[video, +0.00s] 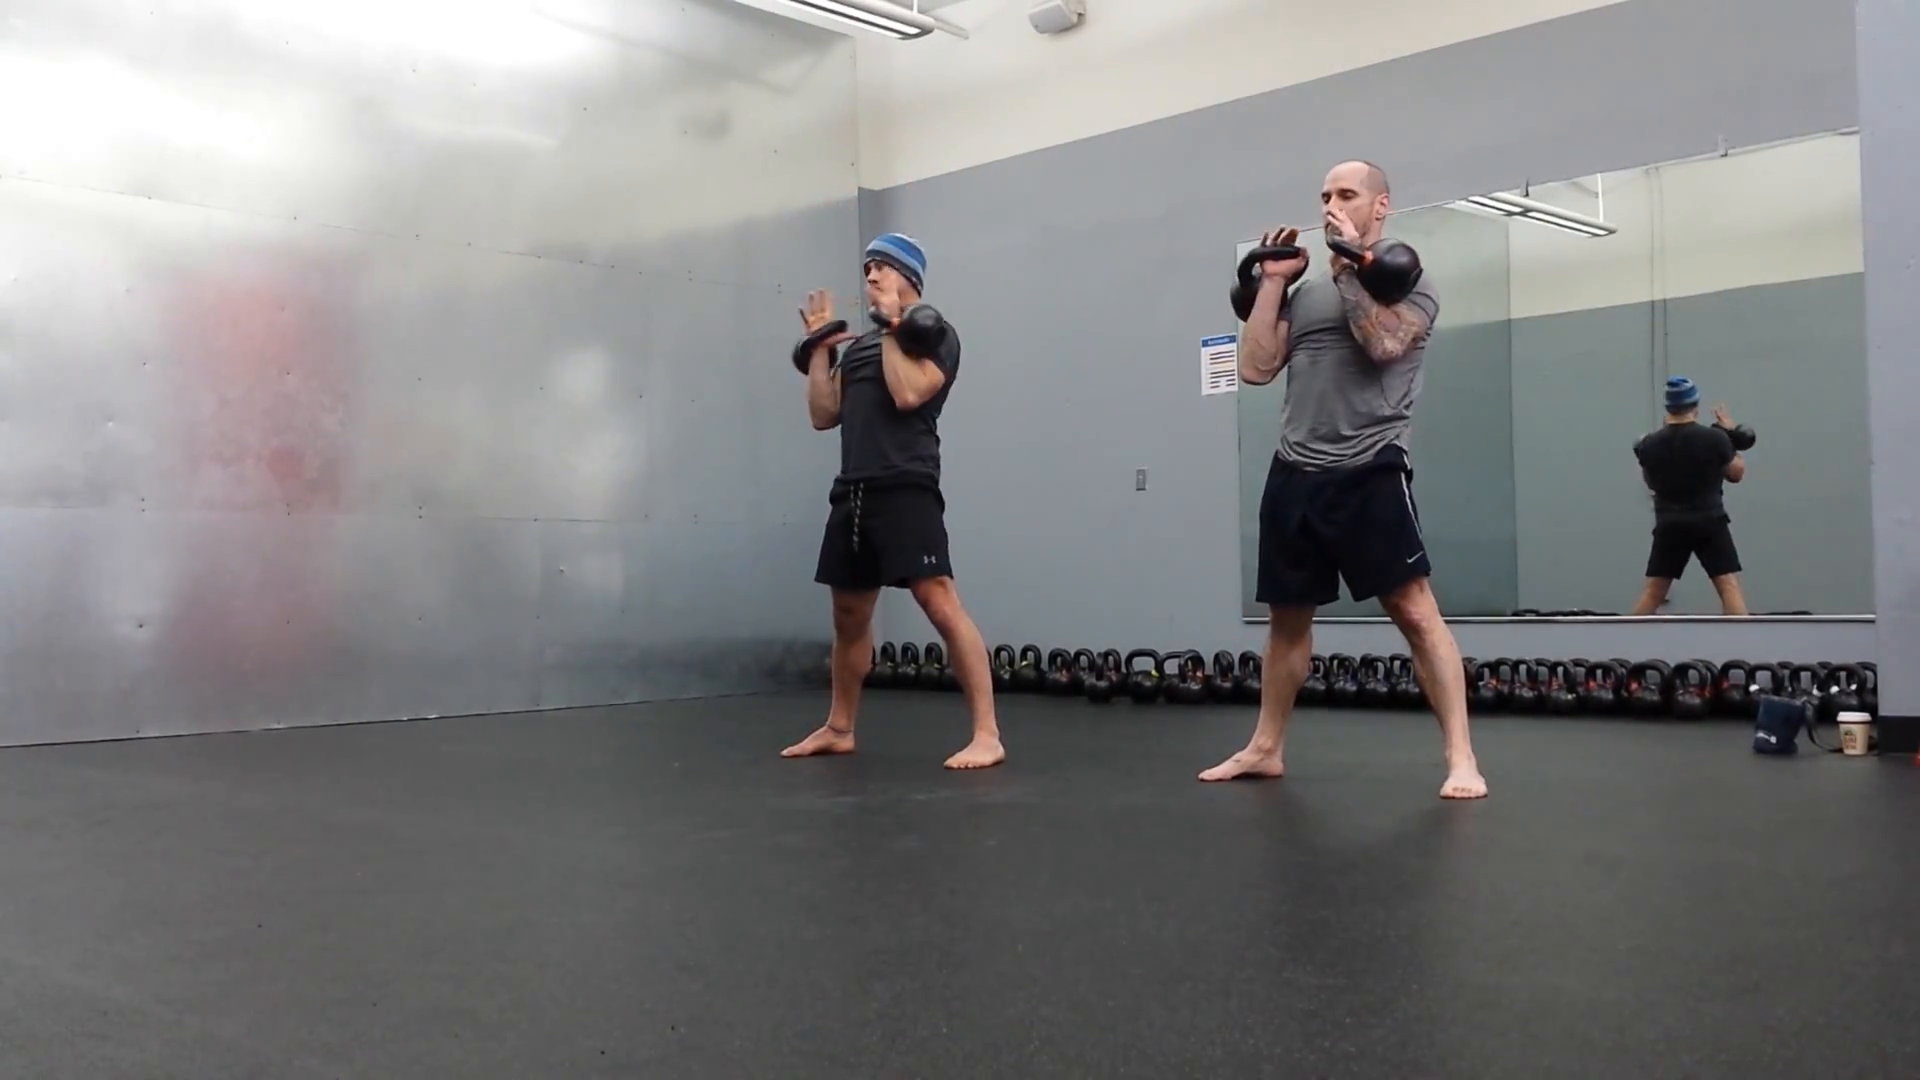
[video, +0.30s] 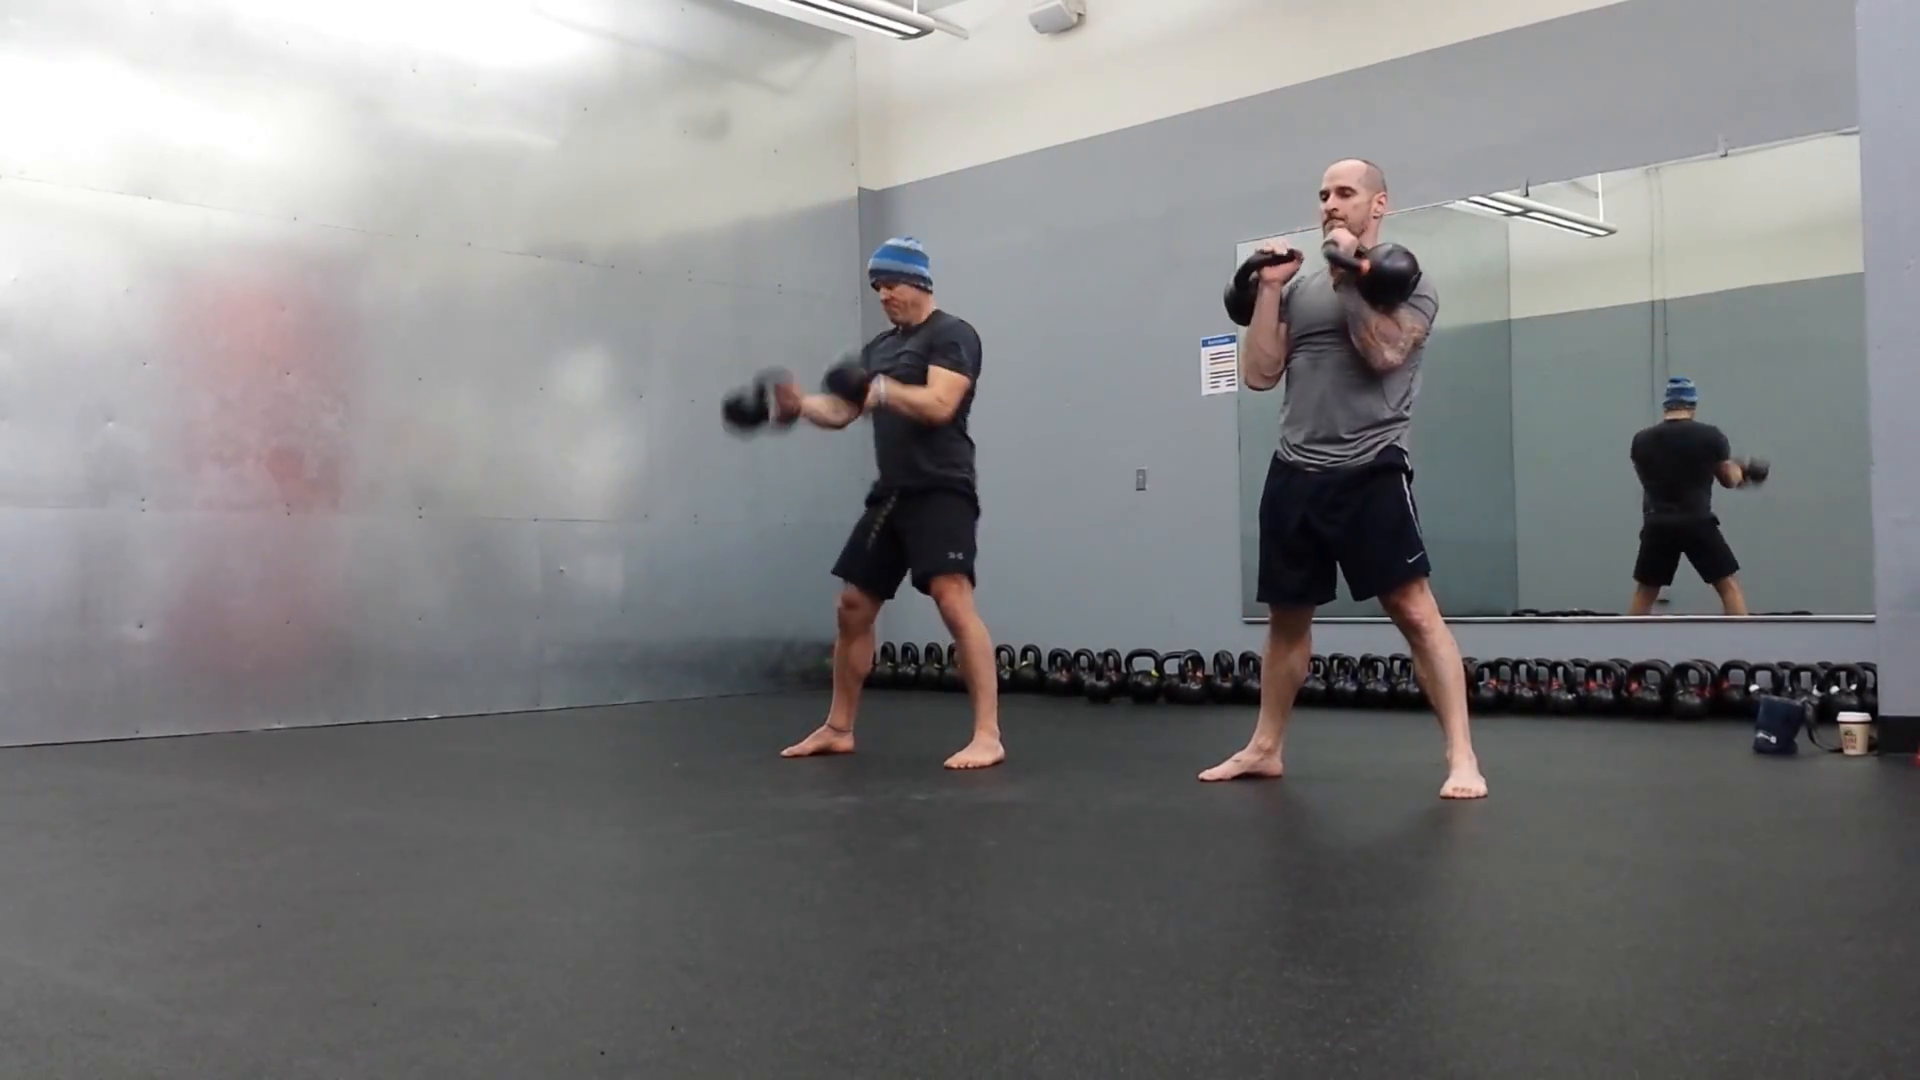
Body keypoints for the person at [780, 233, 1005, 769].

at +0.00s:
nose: (869, 275)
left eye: (879, 267)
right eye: (867, 269)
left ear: (910, 278)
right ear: (869, 282)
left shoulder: (936, 334)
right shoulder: (858, 347)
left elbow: (910, 393)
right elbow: (824, 415)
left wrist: (891, 325)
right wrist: (820, 347)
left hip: (908, 492)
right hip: (852, 494)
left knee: (942, 608)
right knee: (849, 618)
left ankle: (987, 736)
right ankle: (839, 727)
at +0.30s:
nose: (887, 297)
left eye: (896, 286)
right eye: (881, 288)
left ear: (924, 285)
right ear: (878, 290)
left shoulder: (955, 337)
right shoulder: (877, 348)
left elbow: (940, 405)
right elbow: (842, 410)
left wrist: (885, 389)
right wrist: (801, 404)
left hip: (942, 492)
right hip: (891, 494)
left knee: (953, 598)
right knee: (854, 607)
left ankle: (987, 736)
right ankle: (838, 728)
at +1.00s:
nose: (809, 331)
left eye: (822, 321)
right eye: (810, 322)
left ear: (851, 332)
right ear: (820, 335)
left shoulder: (895, 397)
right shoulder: (823, 410)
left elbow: (917, 488)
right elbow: (846, 492)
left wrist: (914, 559)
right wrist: (877, 558)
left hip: (942, 513)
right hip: (883, 519)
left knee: (953, 601)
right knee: (821, 607)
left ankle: (990, 735)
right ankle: (836, 727)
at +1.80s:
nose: (901, 291)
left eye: (910, 281)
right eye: (897, 284)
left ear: (940, 286)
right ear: (898, 293)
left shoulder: (970, 338)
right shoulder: (891, 350)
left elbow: (917, 353)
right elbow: (832, 365)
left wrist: (850, 336)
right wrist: (790, 347)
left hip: (939, 492)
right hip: (885, 494)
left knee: (956, 603)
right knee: (860, 610)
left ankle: (987, 736)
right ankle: (839, 727)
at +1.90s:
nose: (898, 299)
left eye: (907, 288)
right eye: (893, 290)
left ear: (936, 289)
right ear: (892, 295)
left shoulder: (967, 338)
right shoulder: (891, 348)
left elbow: (923, 385)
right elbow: (851, 380)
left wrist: (859, 396)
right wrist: (830, 397)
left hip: (946, 492)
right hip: (893, 494)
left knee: (956, 602)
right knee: (857, 608)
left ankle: (987, 736)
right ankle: (839, 727)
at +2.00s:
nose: (876, 309)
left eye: (885, 298)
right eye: (870, 299)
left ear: (913, 296)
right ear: (866, 303)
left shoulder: (947, 345)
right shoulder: (871, 359)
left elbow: (923, 421)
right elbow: (846, 425)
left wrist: (874, 475)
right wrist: (821, 482)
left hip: (951, 497)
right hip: (896, 500)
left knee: (955, 597)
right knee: (848, 606)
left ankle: (988, 736)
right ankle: (838, 727)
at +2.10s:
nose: (832, 341)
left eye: (840, 328)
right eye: (826, 331)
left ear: (868, 323)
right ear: (823, 335)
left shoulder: (915, 378)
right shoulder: (837, 394)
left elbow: (925, 469)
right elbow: (846, 477)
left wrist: (907, 539)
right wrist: (862, 546)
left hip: (954, 501)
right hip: (898, 507)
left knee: (960, 597)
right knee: (831, 605)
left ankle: (990, 735)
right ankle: (837, 726)